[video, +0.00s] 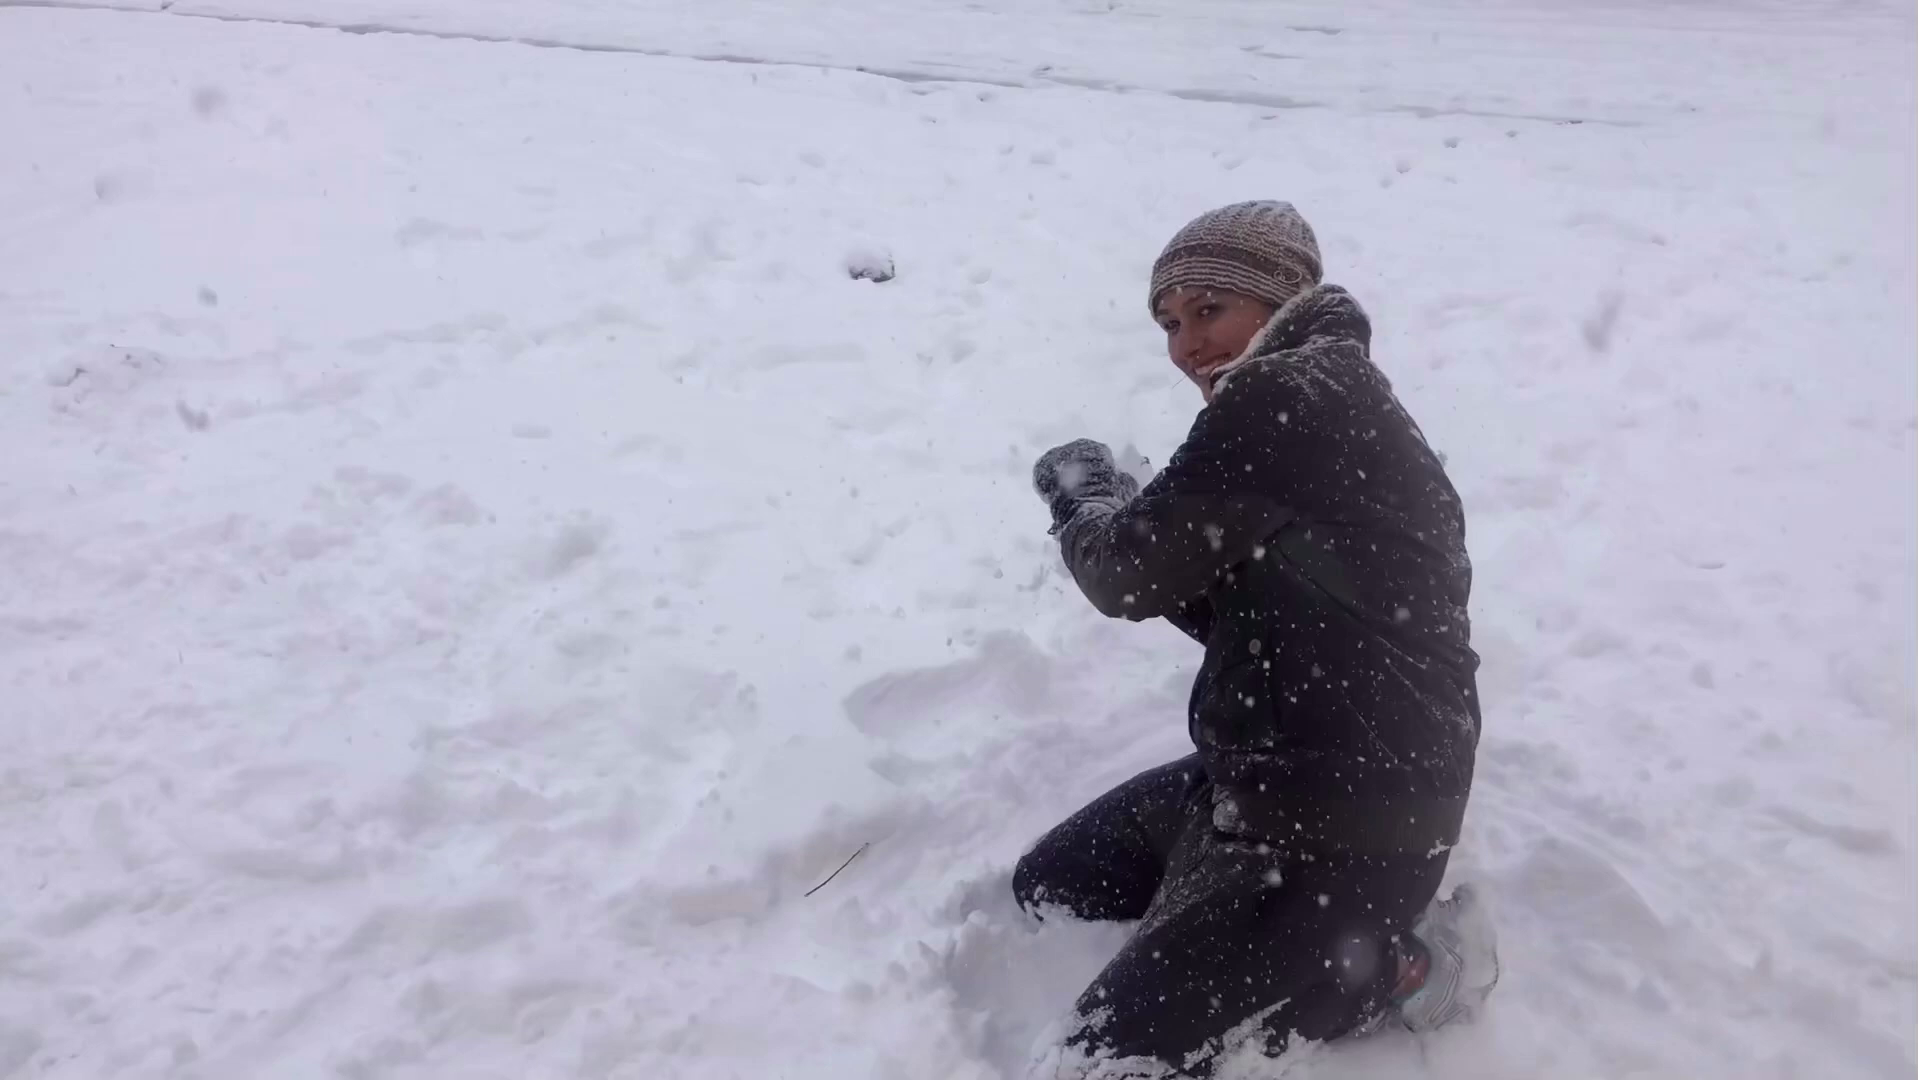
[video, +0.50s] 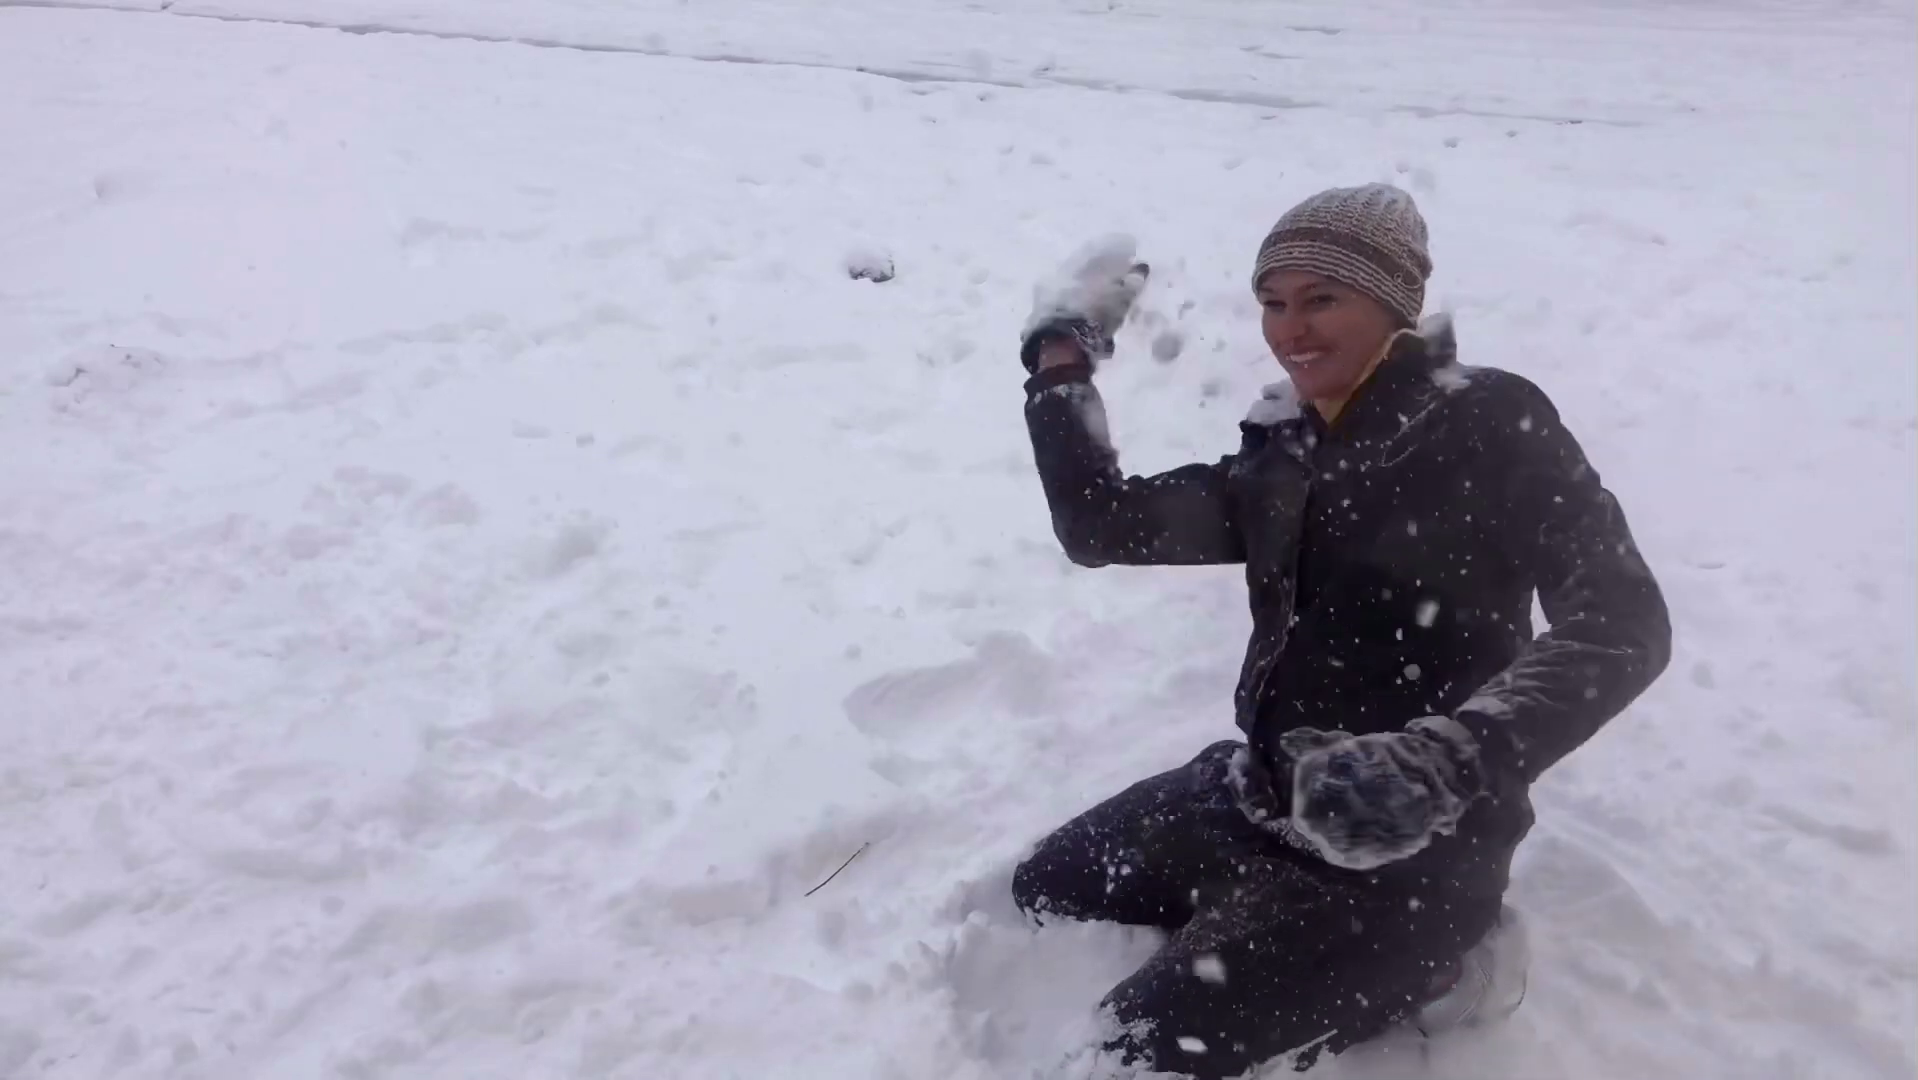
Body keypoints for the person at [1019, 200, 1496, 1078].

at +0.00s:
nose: (1186, 346)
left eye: (1209, 311)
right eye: (1172, 324)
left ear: (1282, 301)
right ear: (1159, 331)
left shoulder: (1278, 403)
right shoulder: (1366, 414)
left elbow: (1123, 575)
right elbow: (1255, 622)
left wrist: (1086, 500)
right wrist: (1153, 545)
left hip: (1329, 838)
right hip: (1259, 780)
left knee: (1101, 1055)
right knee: (1054, 883)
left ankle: (1403, 970)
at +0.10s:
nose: (1186, 346)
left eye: (1209, 311)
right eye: (1172, 324)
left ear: (1282, 301)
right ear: (1159, 331)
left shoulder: (1278, 403)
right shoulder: (1366, 415)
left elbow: (1123, 575)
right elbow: (1255, 622)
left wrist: (1086, 500)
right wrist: (1153, 545)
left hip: (1330, 838)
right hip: (1259, 780)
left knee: (1101, 1055)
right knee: (1054, 883)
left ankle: (1403, 969)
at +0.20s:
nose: (1220, 338)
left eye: (1242, 305)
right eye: (1203, 319)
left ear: (1313, 296)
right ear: (1190, 327)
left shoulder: (1308, 398)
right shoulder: (1365, 390)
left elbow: (1148, 587)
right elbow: (1285, 587)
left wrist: (1074, 511)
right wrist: (1177, 492)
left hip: (1341, 852)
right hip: (1248, 784)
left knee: (1112, 1062)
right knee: (1052, 889)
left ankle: (1411, 973)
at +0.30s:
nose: (1240, 337)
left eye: (1266, 304)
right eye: (1226, 314)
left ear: (1344, 297)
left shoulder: (1349, 394)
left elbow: (1236, 611)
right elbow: (1253, 612)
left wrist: (1079, 613)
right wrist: (1190, 483)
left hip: (1347, 854)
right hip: (1257, 788)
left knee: (1113, 1059)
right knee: (1050, 891)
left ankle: (1413, 967)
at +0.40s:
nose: (1269, 331)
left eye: (1300, 301)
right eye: (1253, 305)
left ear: (1376, 304)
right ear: (1238, 314)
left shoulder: (1419, 408)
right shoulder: (1308, 456)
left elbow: (1428, 641)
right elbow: (1146, 565)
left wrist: (1186, 706)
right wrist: (1155, 422)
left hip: (1376, 854)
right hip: (1261, 793)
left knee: (1124, 1056)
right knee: (1048, 891)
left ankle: (1419, 965)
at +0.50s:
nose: (1291, 331)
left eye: (1322, 299)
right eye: (1274, 304)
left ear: (1399, 302)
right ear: (1258, 312)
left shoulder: (1495, 426)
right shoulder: (1277, 470)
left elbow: (1622, 627)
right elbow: (1100, 524)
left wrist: (1448, 760)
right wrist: (1059, 365)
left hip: (1408, 861)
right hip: (1256, 795)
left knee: (1136, 1044)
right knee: (1046, 893)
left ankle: (1425, 970)